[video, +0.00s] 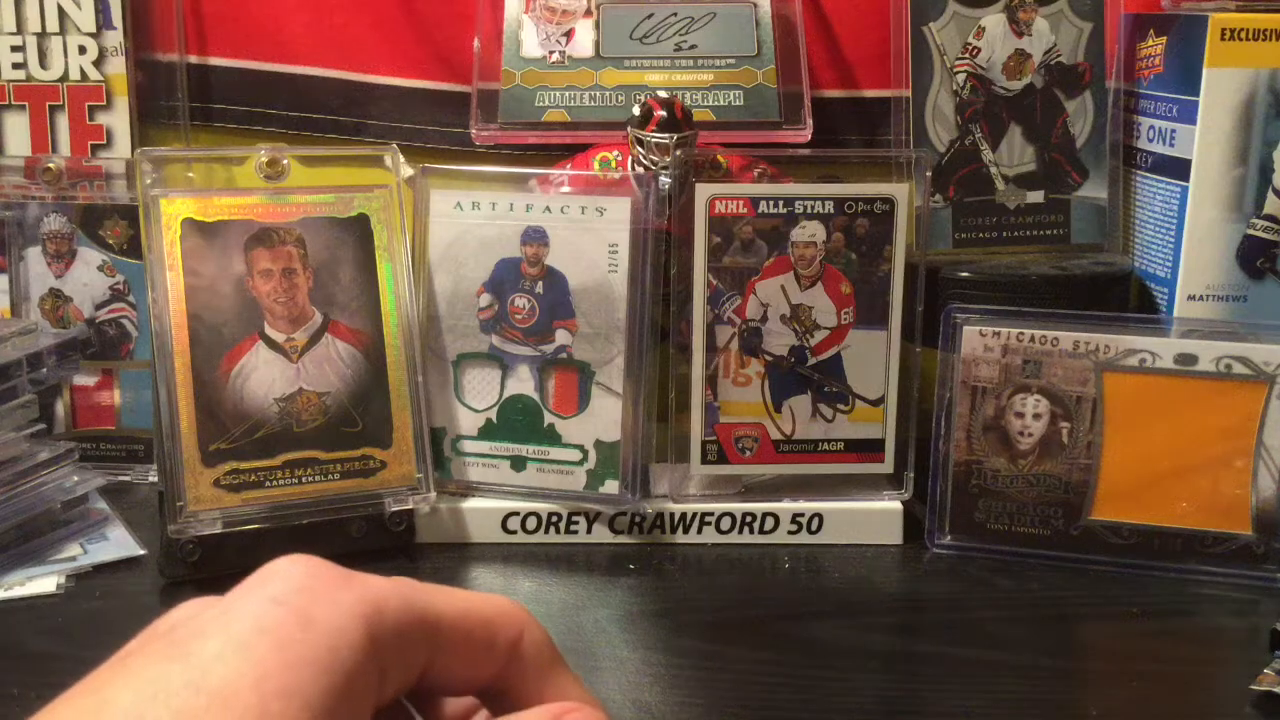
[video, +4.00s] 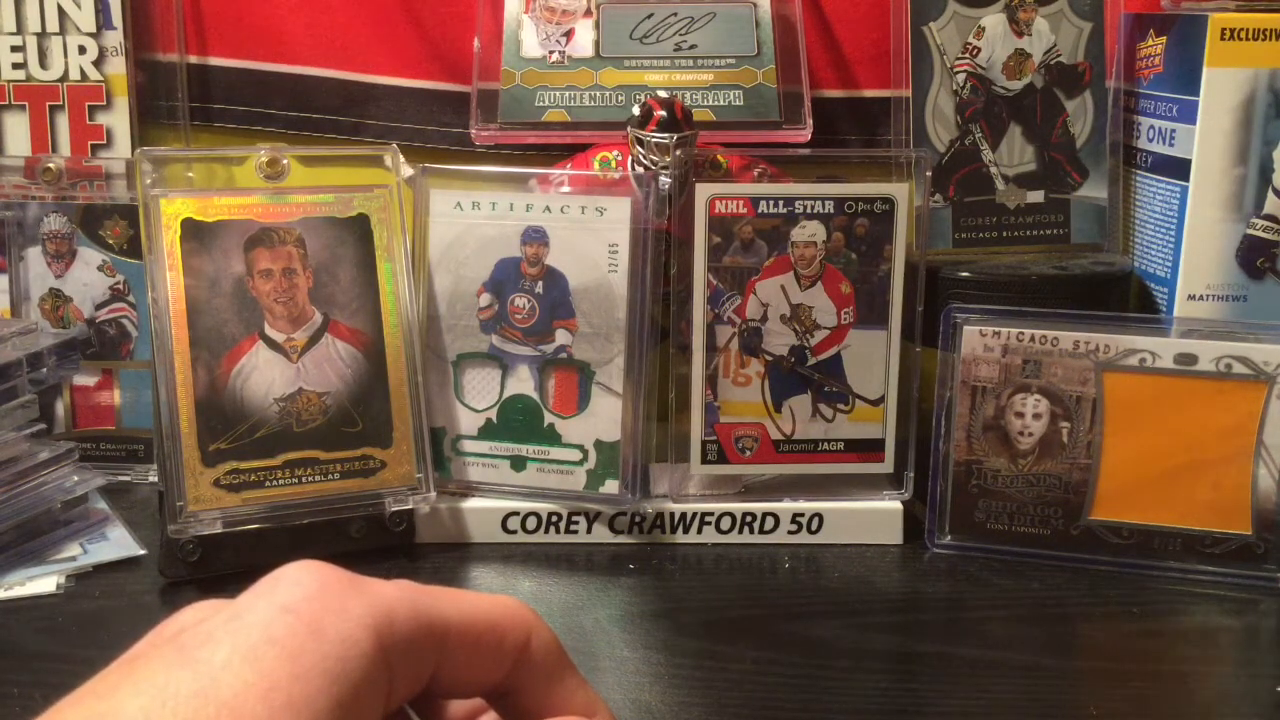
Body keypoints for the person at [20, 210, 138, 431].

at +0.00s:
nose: (57, 247)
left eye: (63, 241)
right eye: (51, 241)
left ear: (72, 241)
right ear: (42, 242)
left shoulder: (96, 264)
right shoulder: (27, 261)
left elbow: (120, 305)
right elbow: (15, 308)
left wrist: (107, 335)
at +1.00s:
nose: (57, 247)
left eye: (63, 240)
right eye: (51, 241)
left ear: (72, 240)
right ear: (43, 242)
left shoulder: (96, 264)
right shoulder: (28, 261)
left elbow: (120, 305)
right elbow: (15, 307)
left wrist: (108, 334)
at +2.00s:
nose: (57, 247)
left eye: (62, 240)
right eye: (51, 241)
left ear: (72, 240)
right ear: (43, 243)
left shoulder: (96, 264)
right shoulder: (28, 260)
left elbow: (120, 302)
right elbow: (15, 307)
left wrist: (108, 333)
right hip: (40, 361)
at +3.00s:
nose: (56, 246)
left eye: (62, 240)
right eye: (51, 241)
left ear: (72, 240)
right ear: (43, 242)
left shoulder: (95, 264)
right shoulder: (27, 260)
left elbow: (120, 301)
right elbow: (11, 305)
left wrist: (108, 333)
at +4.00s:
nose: (57, 246)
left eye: (62, 240)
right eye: (51, 240)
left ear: (72, 240)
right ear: (43, 242)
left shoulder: (96, 264)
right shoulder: (27, 261)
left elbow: (120, 304)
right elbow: (11, 306)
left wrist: (108, 333)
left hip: (87, 360)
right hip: (39, 358)